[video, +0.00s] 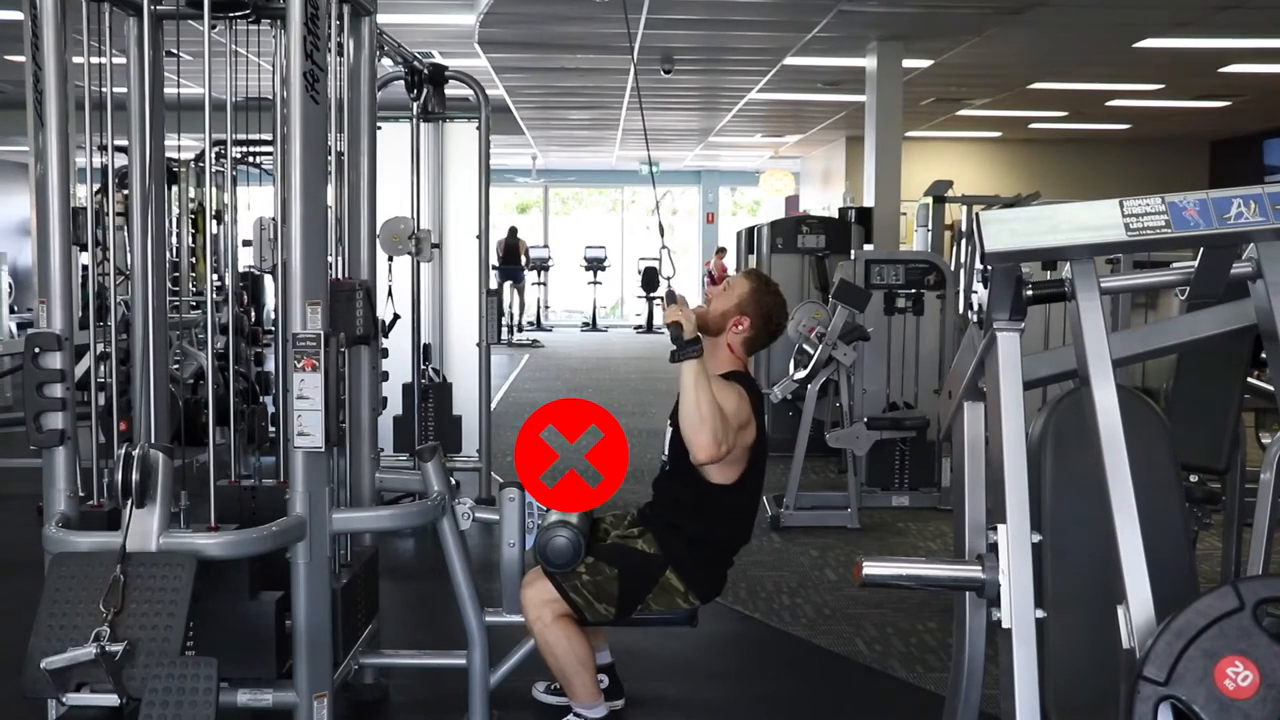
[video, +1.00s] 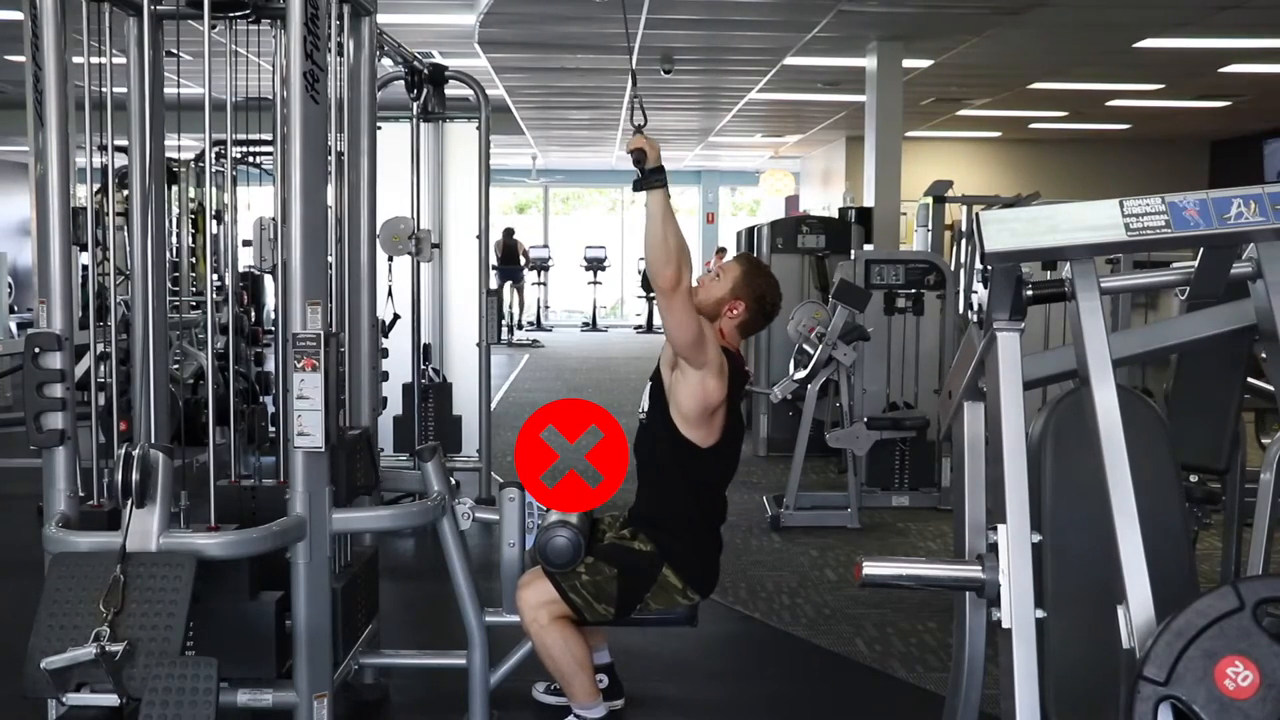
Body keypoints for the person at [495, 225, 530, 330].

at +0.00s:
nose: (512, 235)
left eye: (511, 232)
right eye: (514, 233)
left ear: (507, 233)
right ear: (517, 233)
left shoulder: (500, 243)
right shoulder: (522, 243)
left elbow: (498, 258)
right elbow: (528, 258)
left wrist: (501, 266)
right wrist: (526, 267)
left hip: (503, 270)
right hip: (517, 270)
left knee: (500, 284)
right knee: (521, 297)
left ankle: (500, 309)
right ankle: (520, 321)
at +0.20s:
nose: (512, 235)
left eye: (511, 232)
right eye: (514, 233)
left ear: (508, 232)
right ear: (517, 233)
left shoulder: (500, 242)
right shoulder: (521, 243)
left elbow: (499, 256)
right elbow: (527, 258)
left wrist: (502, 265)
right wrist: (527, 266)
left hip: (504, 269)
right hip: (517, 269)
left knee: (501, 292)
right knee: (522, 285)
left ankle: (500, 317)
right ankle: (520, 305)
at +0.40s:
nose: (511, 235)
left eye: (510, 232)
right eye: (514, 233)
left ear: (508, 232)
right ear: (517, 234)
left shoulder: (501, 242)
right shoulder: (521, 244)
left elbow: (499, 257)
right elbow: (530, 260)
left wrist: (502, 265)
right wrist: (527, 267)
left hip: (504, 270)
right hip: (517, 270)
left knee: (501, 290)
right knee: (522, 282)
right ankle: (521, 305)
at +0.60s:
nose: (507, 236)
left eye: (507, 233)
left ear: (505, 233)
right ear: (515, 234)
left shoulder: (500, 243)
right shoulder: (520, 244)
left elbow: (498, 258)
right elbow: (528, 259)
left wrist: (501, 266)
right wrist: (523, 267)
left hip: (504, 270)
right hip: (517, 271)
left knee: (499, 291)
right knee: (521, 295)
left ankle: (499, 316)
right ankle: (521, 320)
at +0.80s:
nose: (502, 236)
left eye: (502, 234)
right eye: (503, 234)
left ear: (503, 234)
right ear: (513, 235)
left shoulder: (498, 244)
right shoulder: (519, 244)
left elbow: (498, 259)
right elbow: (527, 258)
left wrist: (500, 267)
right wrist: (524, 267)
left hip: (503, 271)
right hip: (516, 271)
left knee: (499, 281)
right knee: (520, 299)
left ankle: (500, 302)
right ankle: (521, 326)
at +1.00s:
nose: (503, 237)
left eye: (503, 235)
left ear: (503, 234)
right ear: (513, 235)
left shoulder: (498, 244)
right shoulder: (518, 244)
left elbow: (497, 258)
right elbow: (528, 258)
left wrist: (500, 267)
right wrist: (523, 268)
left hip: (503, 271)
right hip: (516, 270)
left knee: (499, 289)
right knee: (521, 296)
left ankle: (500, 313)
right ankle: (520, 320)